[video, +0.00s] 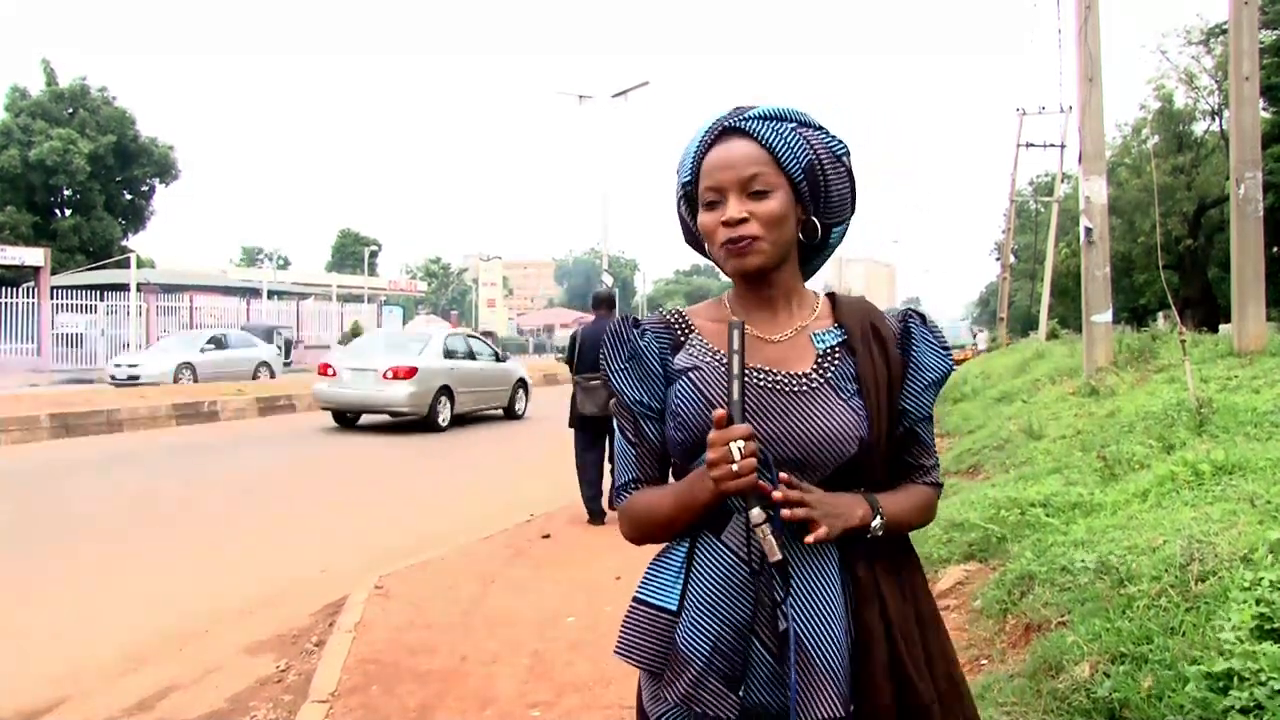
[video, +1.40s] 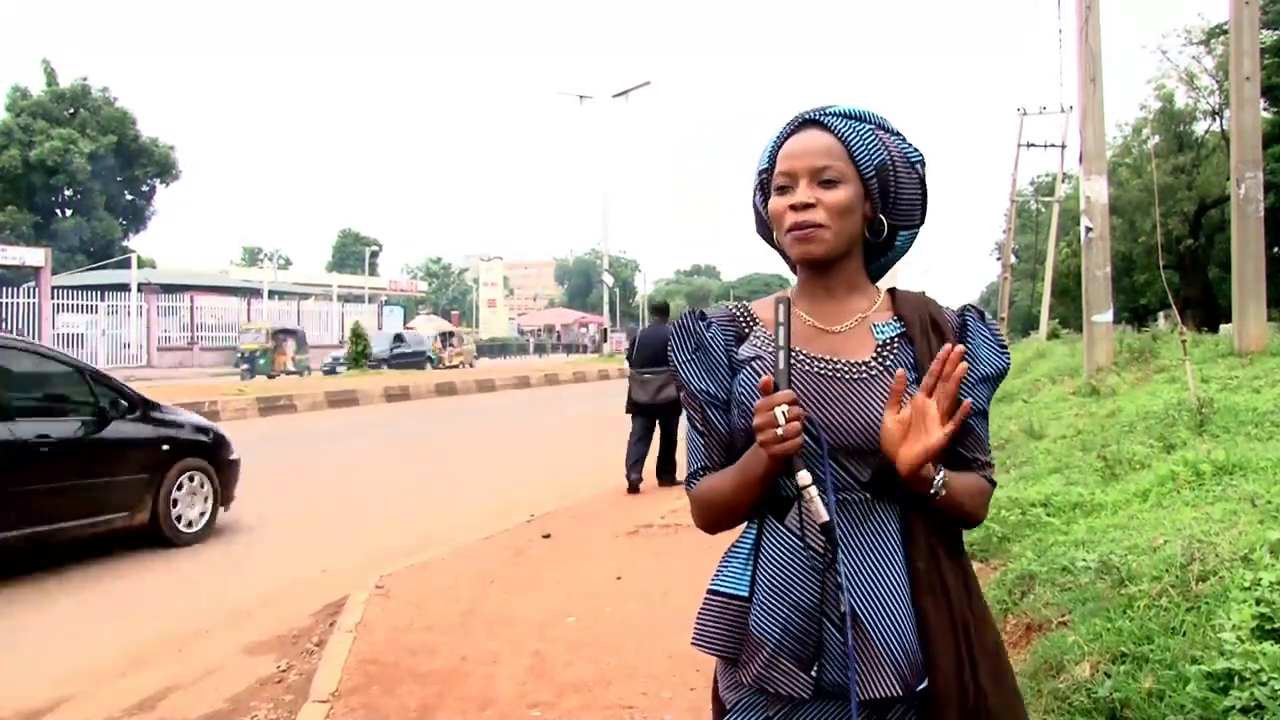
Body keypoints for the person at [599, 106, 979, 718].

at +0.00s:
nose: (733, 215)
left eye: (758, 192)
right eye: (713, 201)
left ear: (805, 205)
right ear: (697, 222)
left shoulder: (878, 339)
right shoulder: (660, 348)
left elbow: (923, 492)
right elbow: (634, 519)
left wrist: (858, 508)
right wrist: (704, 484)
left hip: (852, 627)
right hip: (713, 636)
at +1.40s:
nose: (801, 200)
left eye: (827, 181)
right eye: (784, 186)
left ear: (871, 203)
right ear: (767, 209)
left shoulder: (935, 331)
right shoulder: (731, 337)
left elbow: (977, 500)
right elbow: (707, 512)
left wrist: (921, 474)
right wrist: (764, 456)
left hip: (910, 630)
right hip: (777, 634)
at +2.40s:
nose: (828, 208)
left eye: (856, 190)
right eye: (813, 192)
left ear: (901, 213)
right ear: (797, 213)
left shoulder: (972, 340)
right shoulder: (760, 346)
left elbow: (1020, 504)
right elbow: (741, 515)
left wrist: (938, 462)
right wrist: (782, 474)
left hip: (938, 650)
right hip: (800, 650)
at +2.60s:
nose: (819, 227)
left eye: (848, 209)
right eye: (806, 208)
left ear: (895, 230)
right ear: (790, 223)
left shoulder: (965, 350)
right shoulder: (761, 359)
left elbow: (1002, 514)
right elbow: (743, 530)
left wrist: (952, 465)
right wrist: (787, 492)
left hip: (936, 628)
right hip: (809, 633)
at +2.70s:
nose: (817, 228)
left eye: (847, 210)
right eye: (805, 209)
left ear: (894, 231)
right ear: (788, 224)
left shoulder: (960, 349)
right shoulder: (760, 361)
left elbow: (1001, 519)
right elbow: (743, 531)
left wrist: (960, 453)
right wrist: (786, 494)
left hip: (934, 625)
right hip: (809, 625)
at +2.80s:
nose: (821, 219)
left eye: (849, 202)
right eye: (807, 203)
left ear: (896, 226)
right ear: (790, 223)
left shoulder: (955, 342)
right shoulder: (760, 356)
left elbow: (1006, 514)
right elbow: (743, 525)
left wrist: (968, 395)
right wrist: (783, 486)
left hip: (930, 627)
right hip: (806, 627)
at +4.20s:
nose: (775, 205)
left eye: (805, 188)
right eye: (764, 187)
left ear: (851, 214)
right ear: (748, 204)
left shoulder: (918, 336)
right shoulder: (710, 339)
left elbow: (937, 512)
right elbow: (684, 509)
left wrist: (931, 457)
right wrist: (733, 459)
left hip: (877, 647)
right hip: (744, 643)